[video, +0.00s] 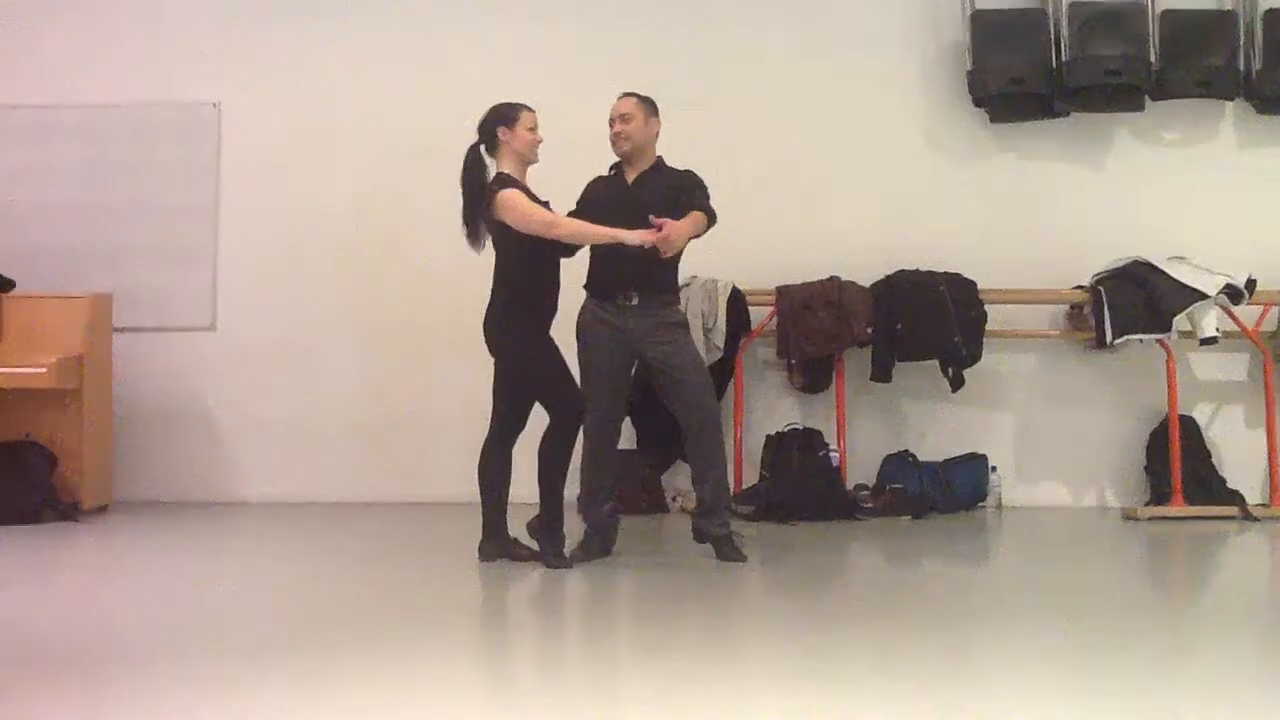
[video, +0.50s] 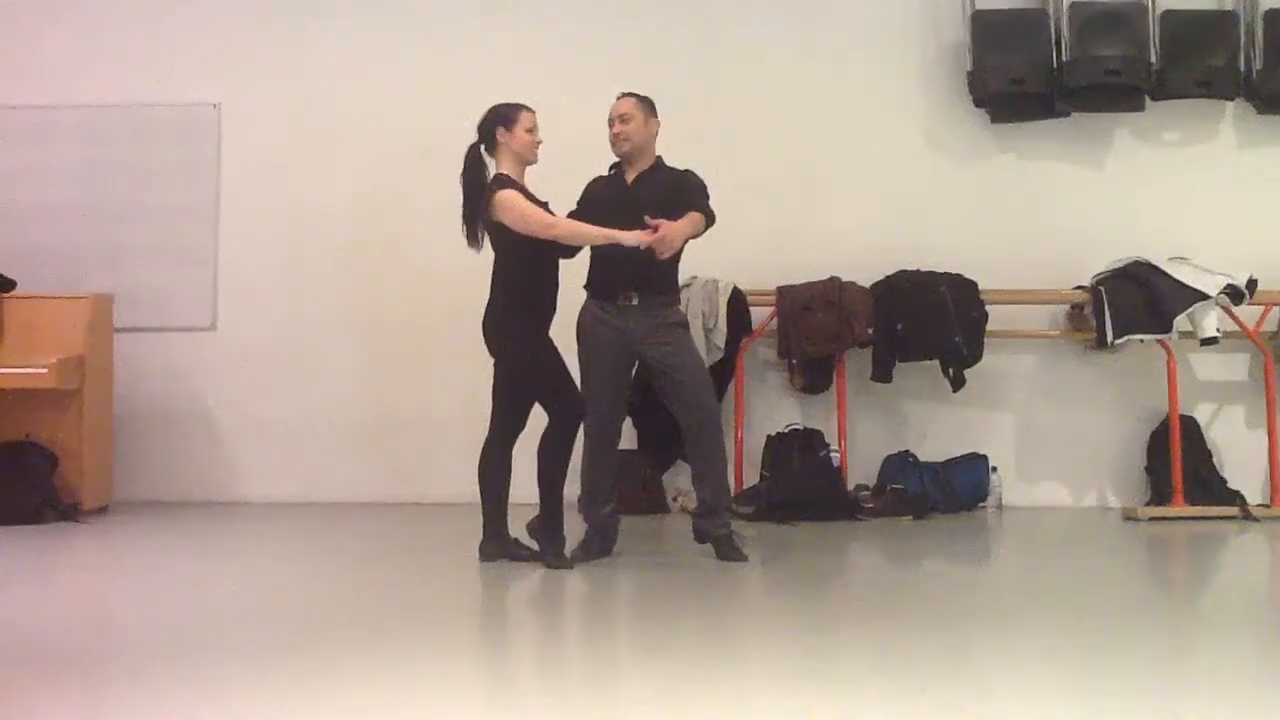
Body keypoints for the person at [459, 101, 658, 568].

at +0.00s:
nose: (540, 137)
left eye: (538, 129)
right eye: (532, 129)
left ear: (510, 136)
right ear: (504, 135)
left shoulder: (518, 192)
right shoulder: (505, 195)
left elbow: (554, 245)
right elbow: (559, 231)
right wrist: (627, 235)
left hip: (524, 324)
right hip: (517, 327)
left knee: (504, 428)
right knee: (568, 410)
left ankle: (494, 536)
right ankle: (550, 523)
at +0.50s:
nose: (539, 138)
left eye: (537, 130)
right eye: (531, 130)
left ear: (510, 137)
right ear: (503, 136)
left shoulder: (518, 193)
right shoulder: (502, 196)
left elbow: (559, 245)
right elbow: (556, 232)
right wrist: (623, 235)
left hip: (524, 325)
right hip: (515, 327)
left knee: (503, 430)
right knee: (568, 410)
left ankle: (494, 536)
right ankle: (549, 522)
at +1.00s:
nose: (534, 136)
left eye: (533, 129)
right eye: (526, 129)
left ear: (506, 136)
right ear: (498, 135)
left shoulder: (516, 191)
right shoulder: (498, 194)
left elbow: (555, 235)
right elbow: (545, 234)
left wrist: (614, 236)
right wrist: (615, 242)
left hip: (522, 323)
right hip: (512, 326)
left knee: (502, 429)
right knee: (565, 409)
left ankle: (493, 535)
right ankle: (547, 521)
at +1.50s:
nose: (534, 133)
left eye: (534, 126)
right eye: (525, 126)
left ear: (519, 135)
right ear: (496, 132)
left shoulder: (524, 186)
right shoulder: (500, 189)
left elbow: (567, 241)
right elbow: (559, 223)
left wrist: (589, 217)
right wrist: (625, 221)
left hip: (527, 319)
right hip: (513, 322)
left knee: (506, 425)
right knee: (567, 404)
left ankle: (496, 531)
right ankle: (550, 517)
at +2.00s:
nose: (521, 135)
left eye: (522, 127)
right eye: (514, 126)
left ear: (496, 131)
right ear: (485, 128)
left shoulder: (503, 182)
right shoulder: (489, 184)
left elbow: (559, 188)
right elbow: (559, 186)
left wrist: (617, 159)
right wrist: (620, 161)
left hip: (507, 316)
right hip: (504, 320)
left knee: (499, 422)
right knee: (561, 405)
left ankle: (490, 530)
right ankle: (545, 518)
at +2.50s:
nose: (474, 141)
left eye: (478, 134)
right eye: (465, 133)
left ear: (481, 141)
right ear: (439, 136)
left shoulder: (475, 196)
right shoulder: (429, 193)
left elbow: (512, 246)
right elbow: (447, 248)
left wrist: (537, 209)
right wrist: (495, 209)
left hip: (470, 325)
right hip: (437, 325)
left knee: (501, 421)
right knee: (446, 426)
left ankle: (489, 532)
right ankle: (389, 518)